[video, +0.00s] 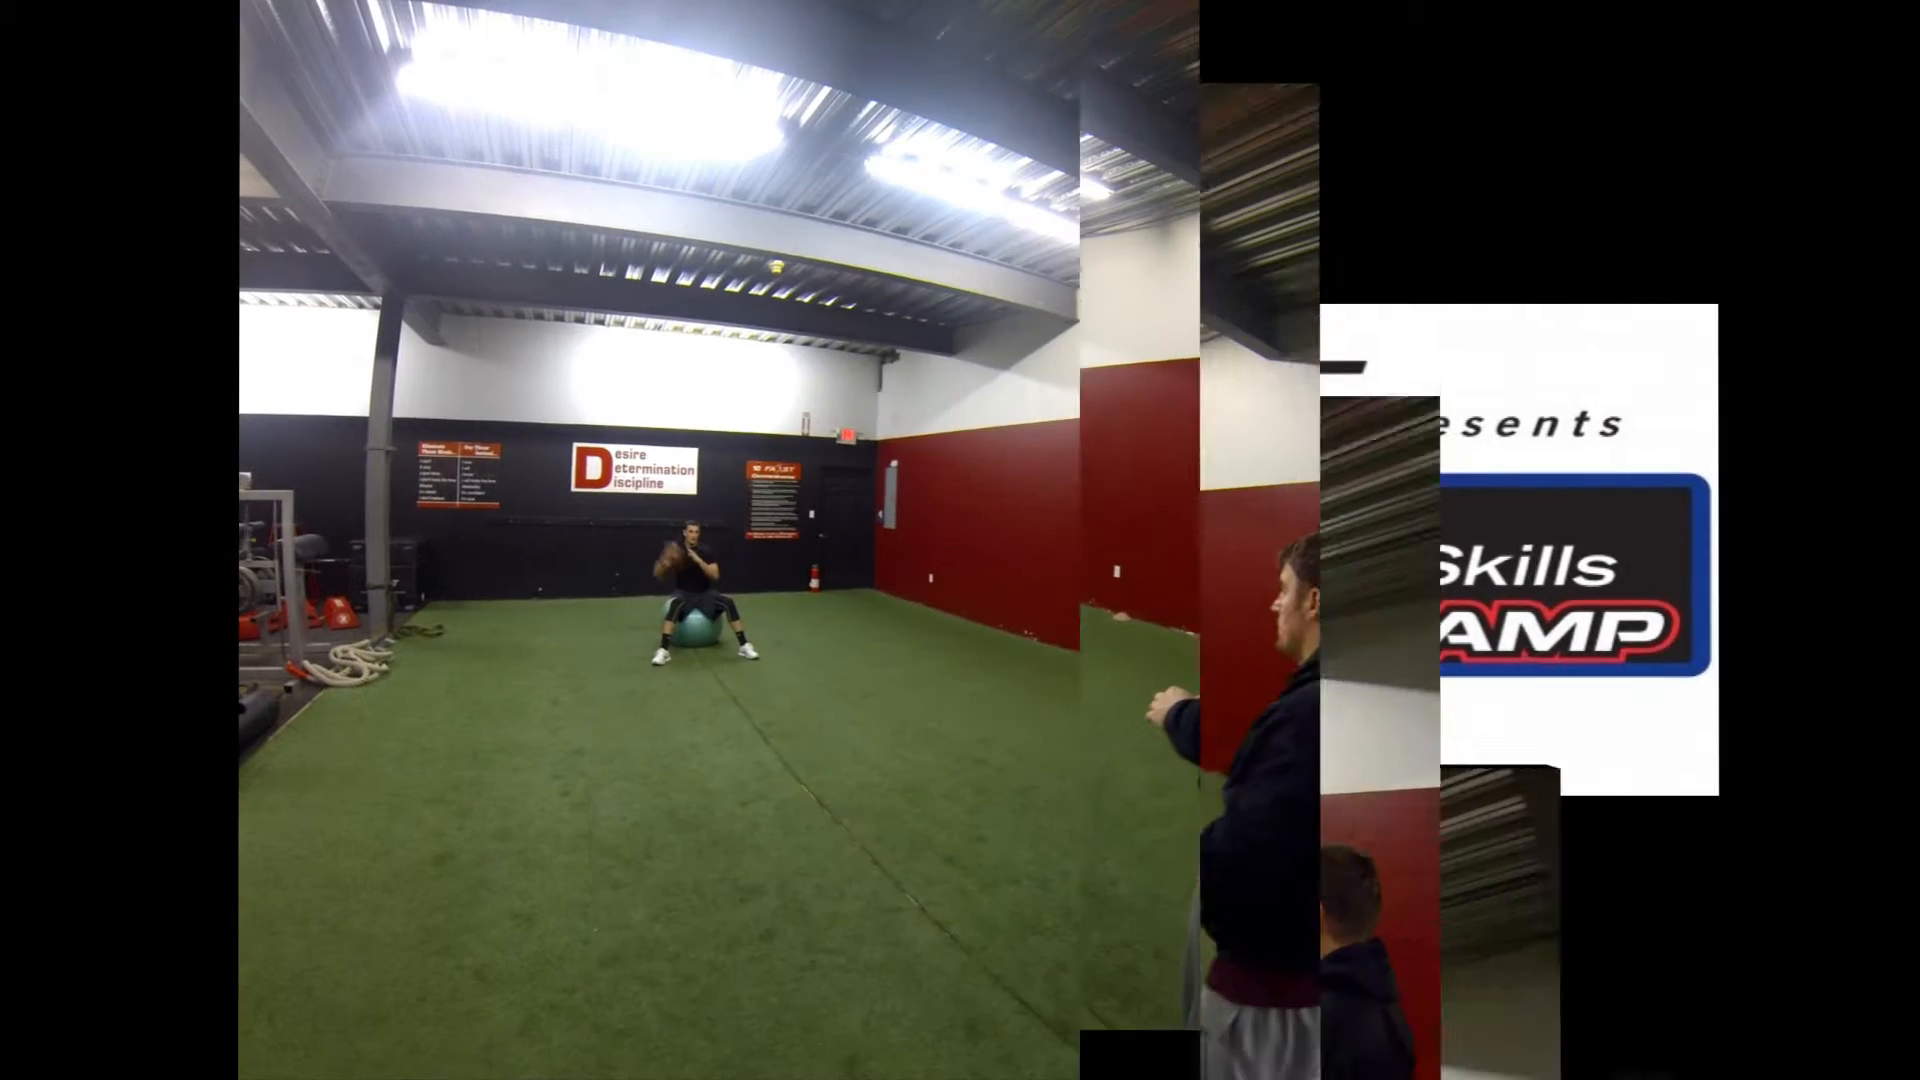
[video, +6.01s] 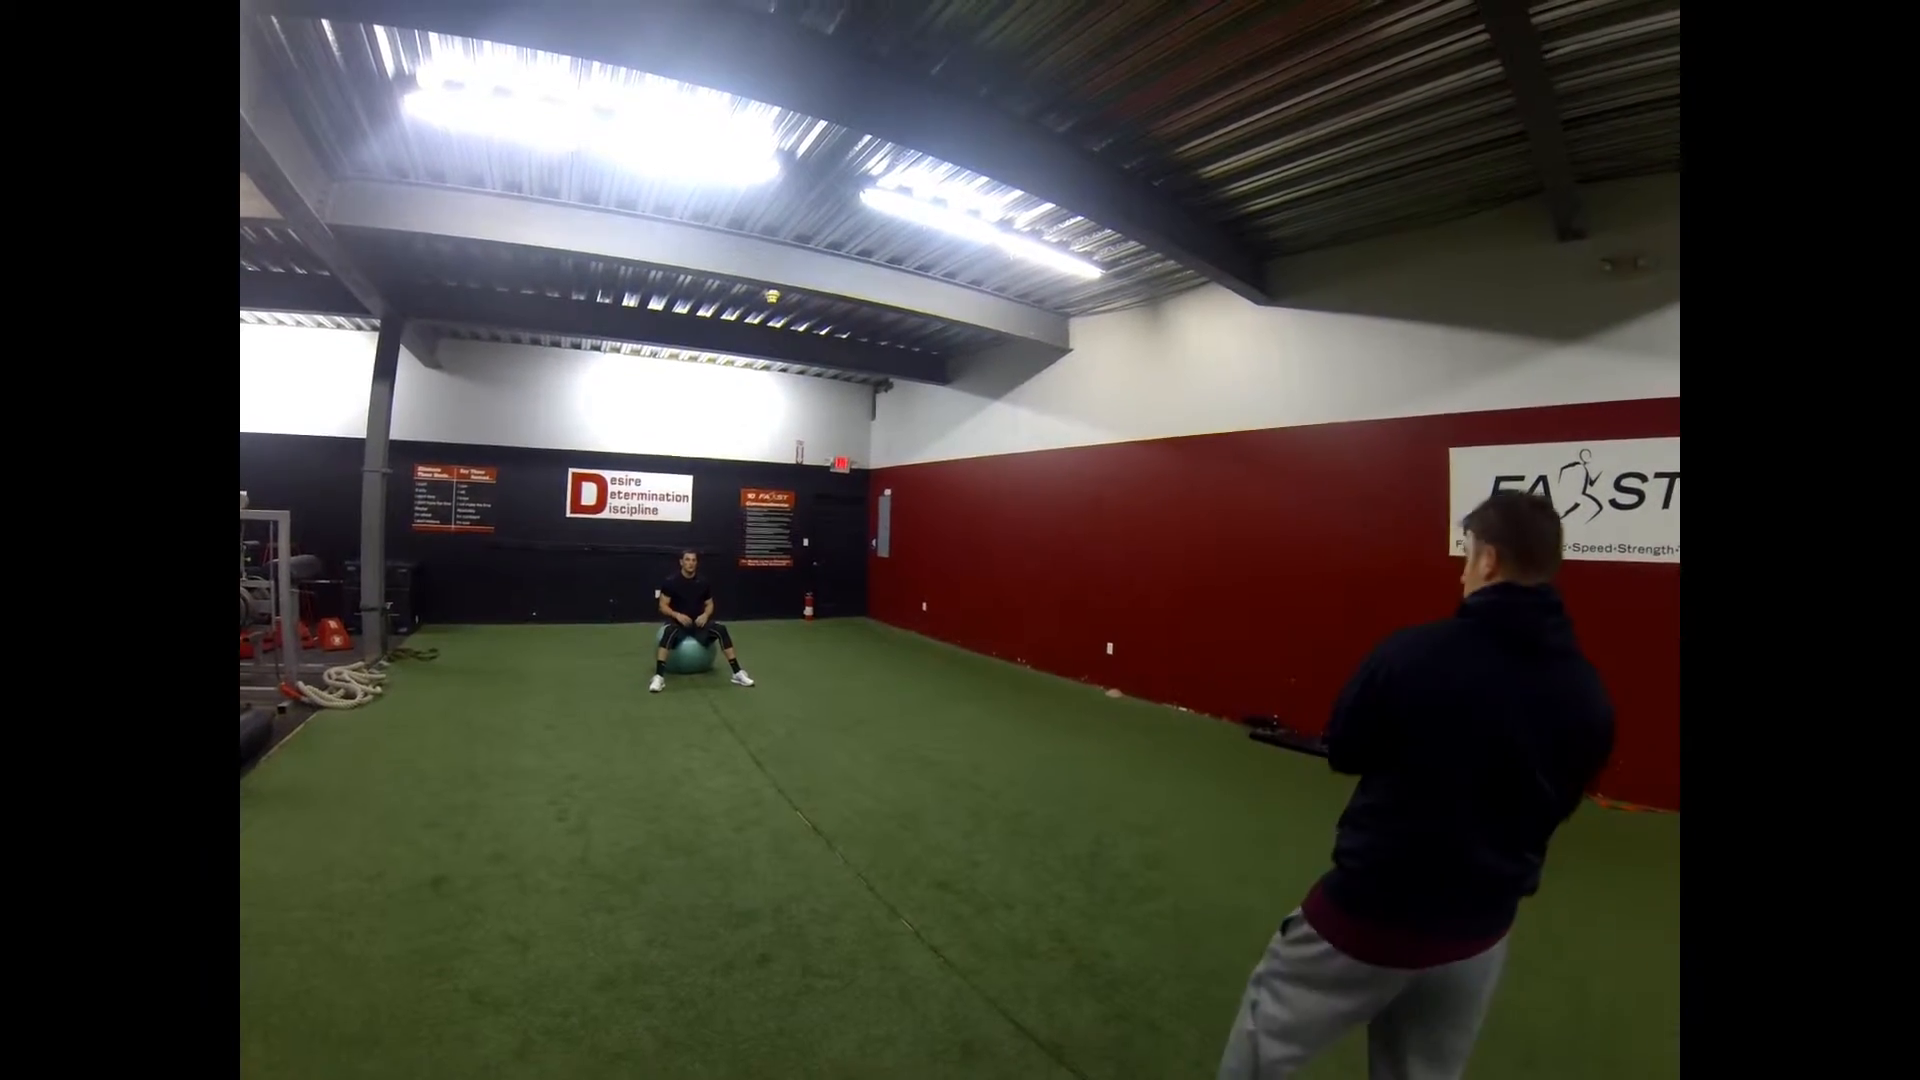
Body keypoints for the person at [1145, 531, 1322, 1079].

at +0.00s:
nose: (1275, 606)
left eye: (1283, 590)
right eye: (1278, 590)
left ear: (1315, 601)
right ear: (1314, 602)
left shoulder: (1309, 706)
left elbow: (1236, 852)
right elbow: (1255, 751)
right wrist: (1182, 716)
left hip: (1267, 978)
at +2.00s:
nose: (1399, 553)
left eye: (1406, 538)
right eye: (1404, 537)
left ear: (1430, 544)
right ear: (1489, 555)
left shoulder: (1346, 626)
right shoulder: (1512, 684)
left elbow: (1286, 705)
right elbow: (1493, 788)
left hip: (1283, 882)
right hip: (1393, 902)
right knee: (1357, 1064)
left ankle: (1154, 1067)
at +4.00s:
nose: (1331, 548)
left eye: (1340, 532)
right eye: (1334, 533)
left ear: (1374, 542)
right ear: (1388, 543)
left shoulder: (1366, 648)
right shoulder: (1425, 634)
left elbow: (1309, 784)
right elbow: (1392, 767)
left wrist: (1225, 786)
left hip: (1317, 898)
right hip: (1381, 884)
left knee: (1269, 1058)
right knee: (1333, 1039)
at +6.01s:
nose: (1463, 572)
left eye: (1467, 557)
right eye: (1464, 557)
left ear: (1489, 561)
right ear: (1551, 567)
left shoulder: (1416, 655)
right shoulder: (1583, 692)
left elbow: (1346, 750)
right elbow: (1551, 805)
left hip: (1369, 913)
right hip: (1479, 930)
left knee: (1269, 1032)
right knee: (1427, 1070)